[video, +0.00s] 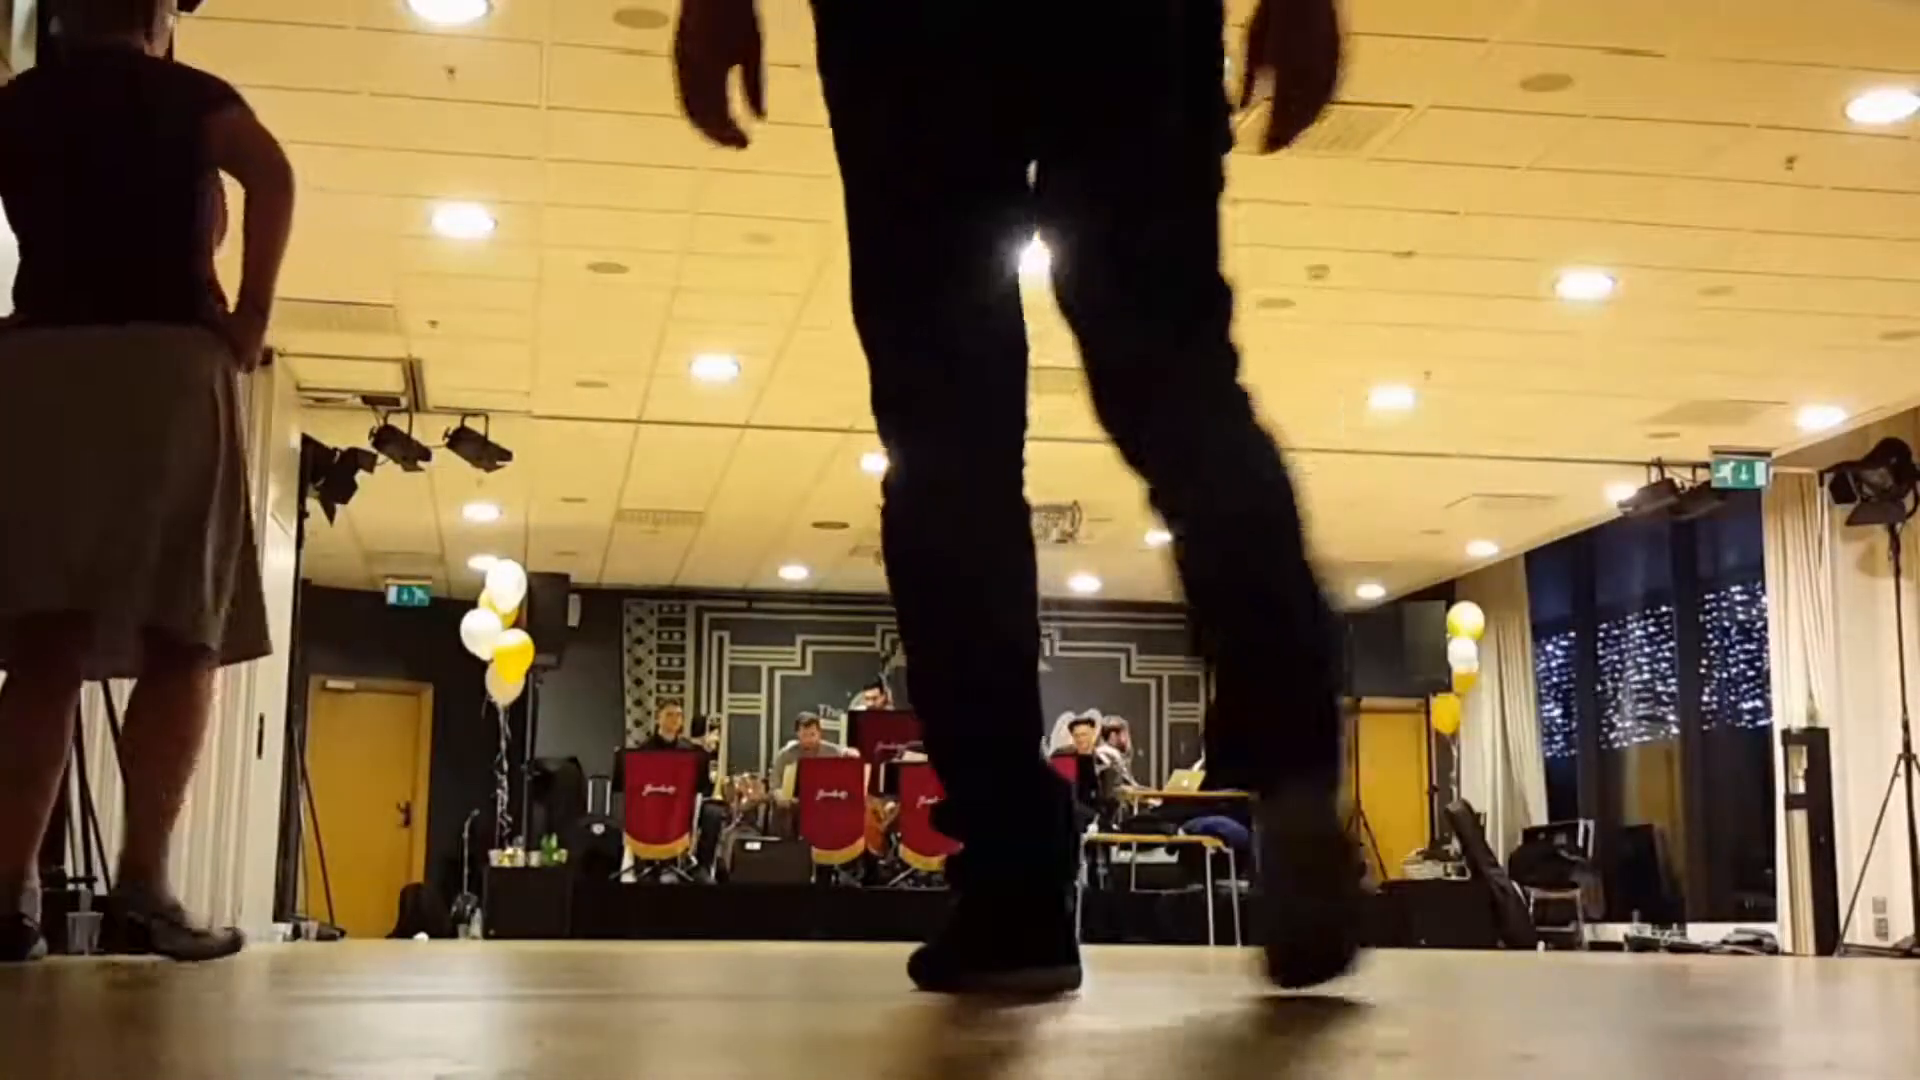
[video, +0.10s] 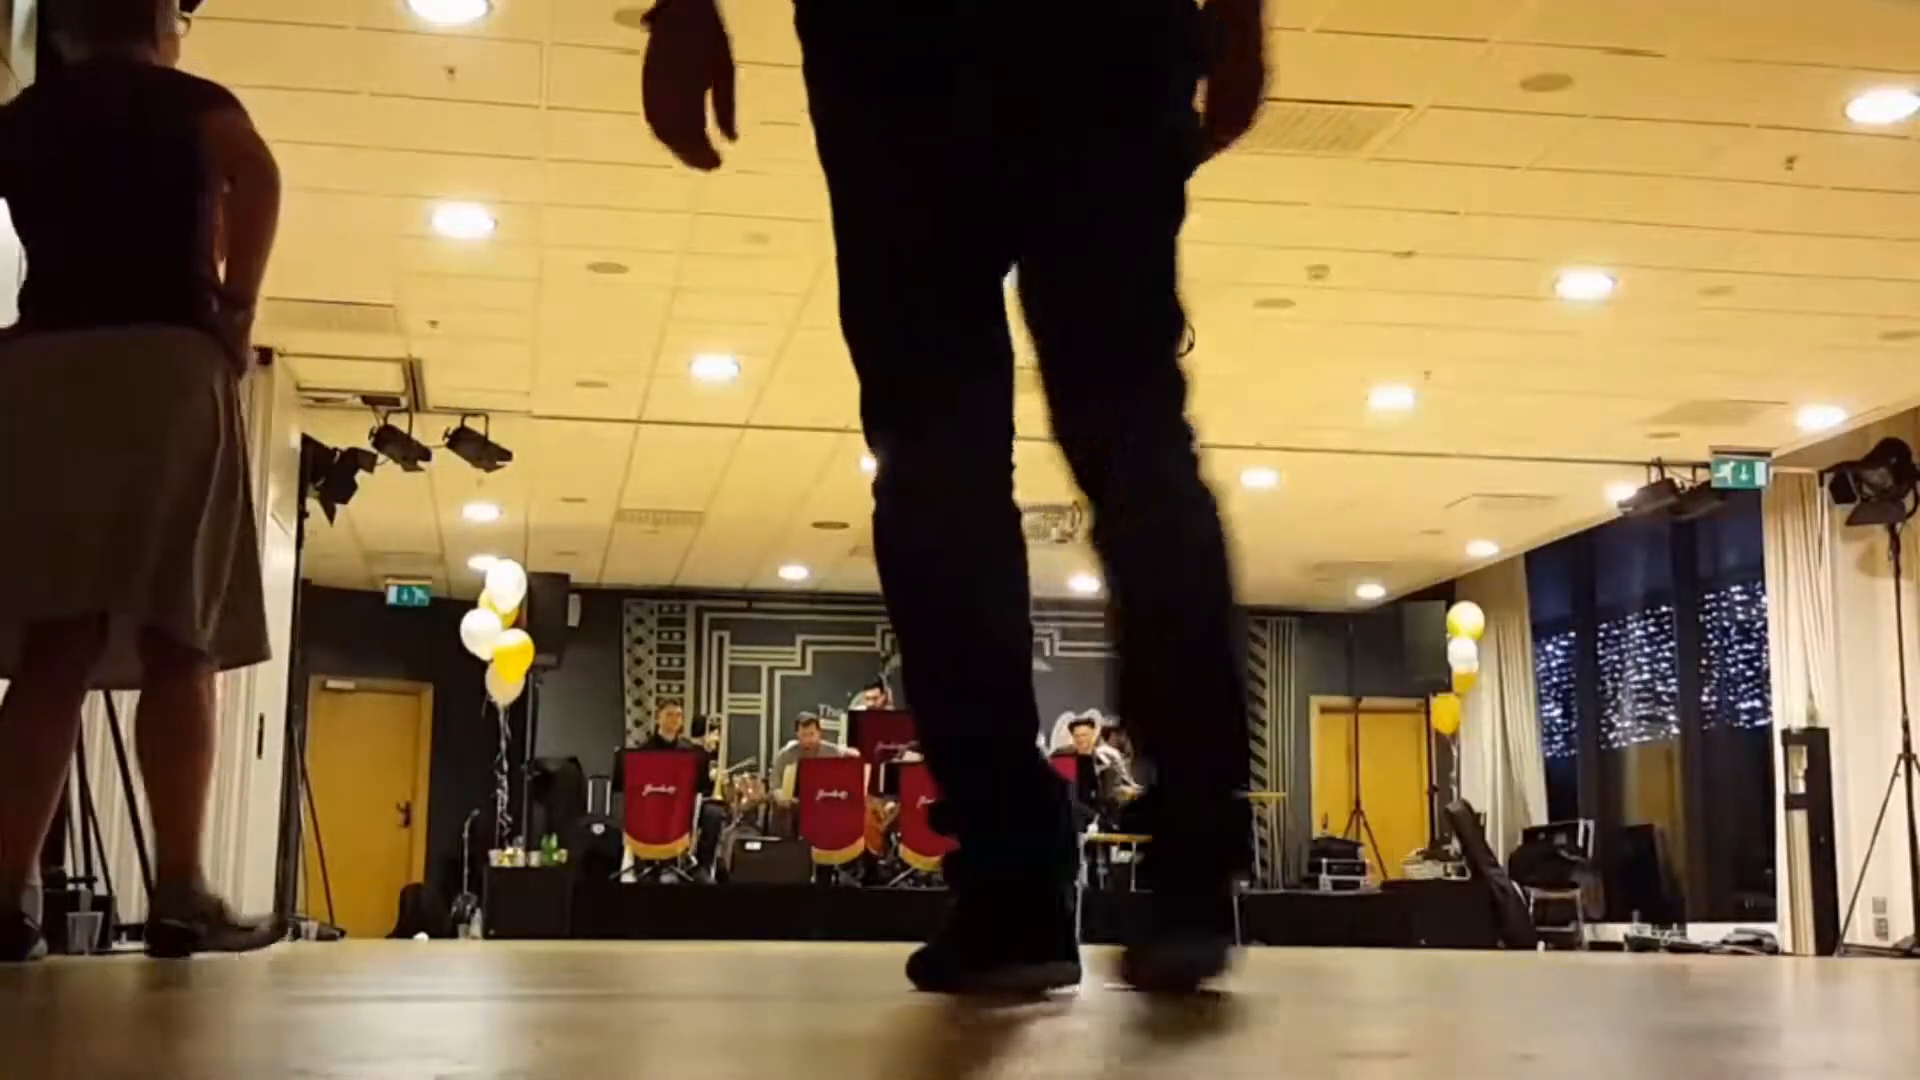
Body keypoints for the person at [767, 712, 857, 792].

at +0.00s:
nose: (809, 739)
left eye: (813, 734)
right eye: (805, 734)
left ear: (820, 734)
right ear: (798, 734)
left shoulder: (832, 751)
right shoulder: (788, 754)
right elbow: (776, 781)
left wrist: (852, 756)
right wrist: (781, 796)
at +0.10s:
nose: (808, 739)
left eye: (812, 734)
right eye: (804, 735)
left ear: (820, 733)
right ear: (798, 735)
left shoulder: (834, 752)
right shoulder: (787, 754)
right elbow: (775, 785)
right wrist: (783, 798)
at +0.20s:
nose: (808, 739)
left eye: (811, 734)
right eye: (804, 735)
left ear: (819, 733)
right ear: (797, 734)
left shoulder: (832, 752)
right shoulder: (787, 754)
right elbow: (775, 779)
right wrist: (780, 795)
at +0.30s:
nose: (809, 740)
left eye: (813, 735)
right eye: (805, 735)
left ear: (820, 734)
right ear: (798, 735)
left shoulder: (833, 753)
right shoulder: (788, 754)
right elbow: (776, 778)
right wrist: (780, 795)